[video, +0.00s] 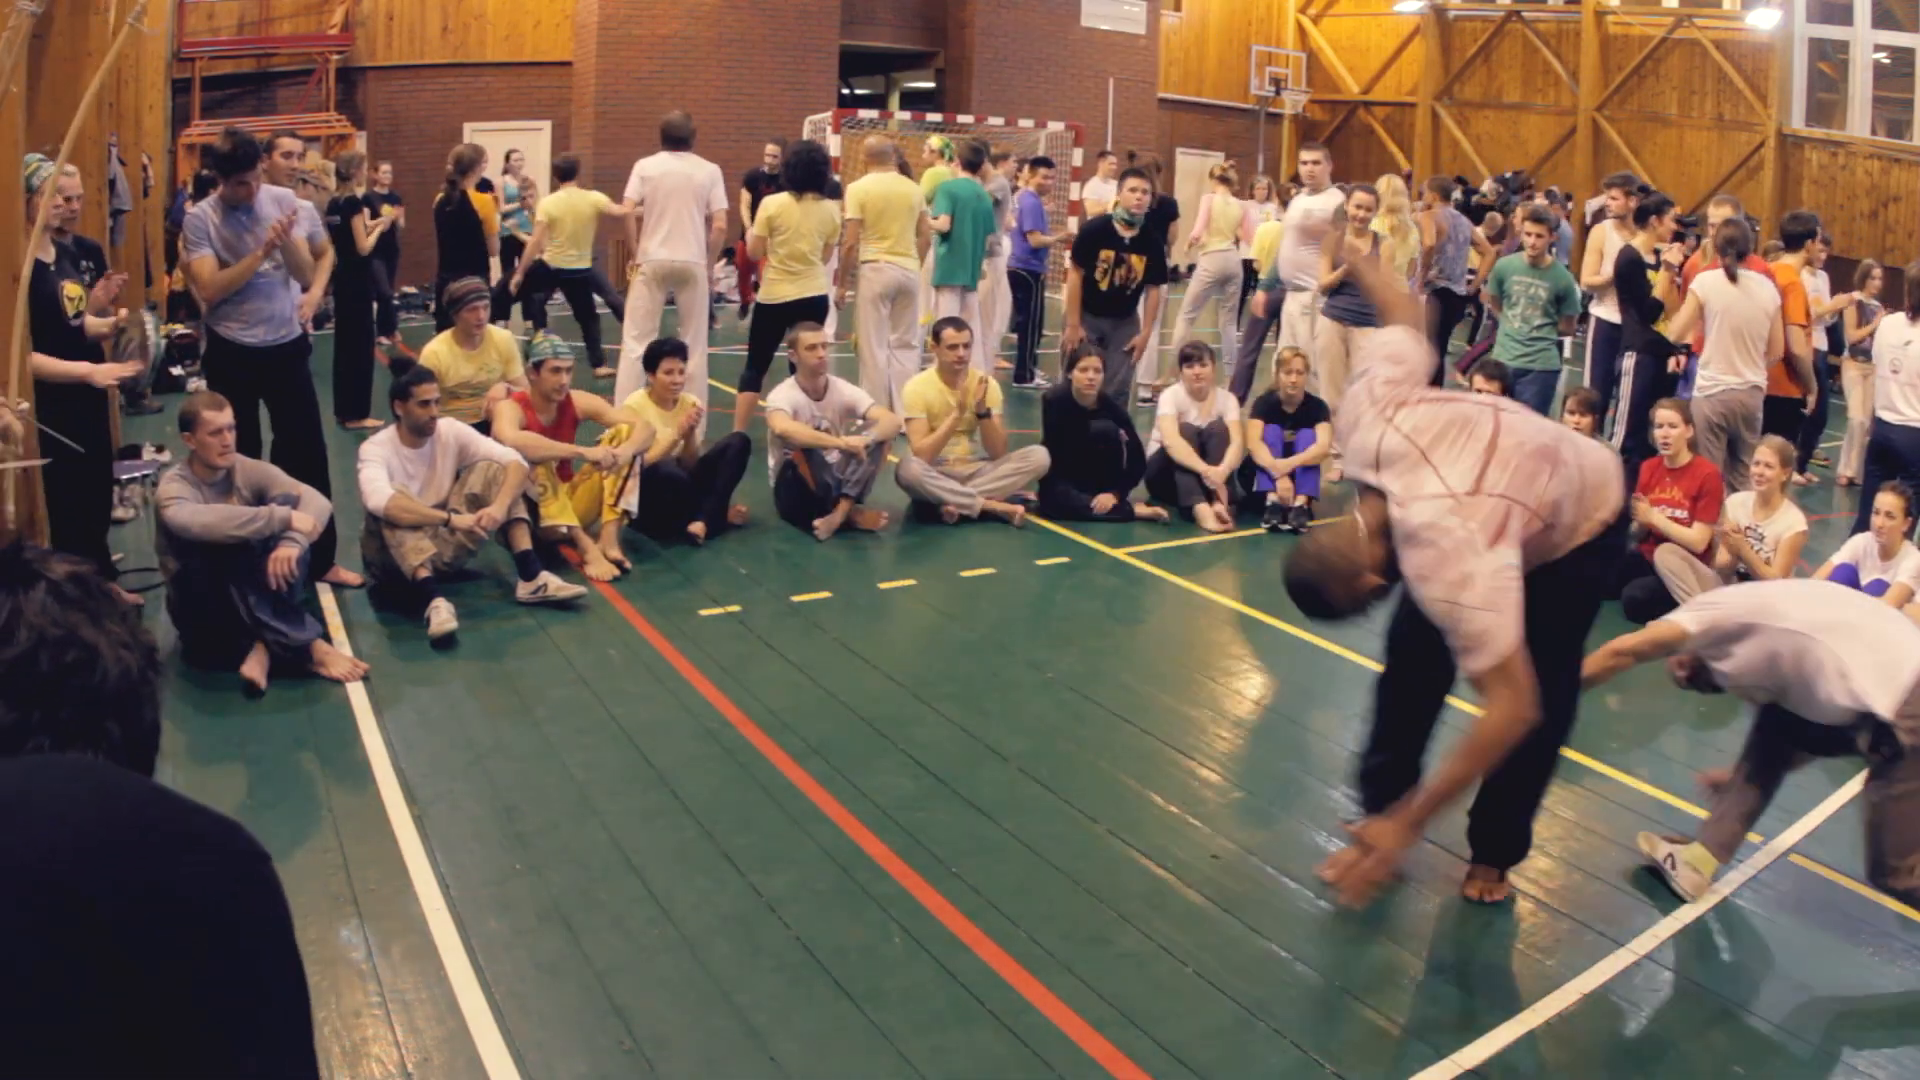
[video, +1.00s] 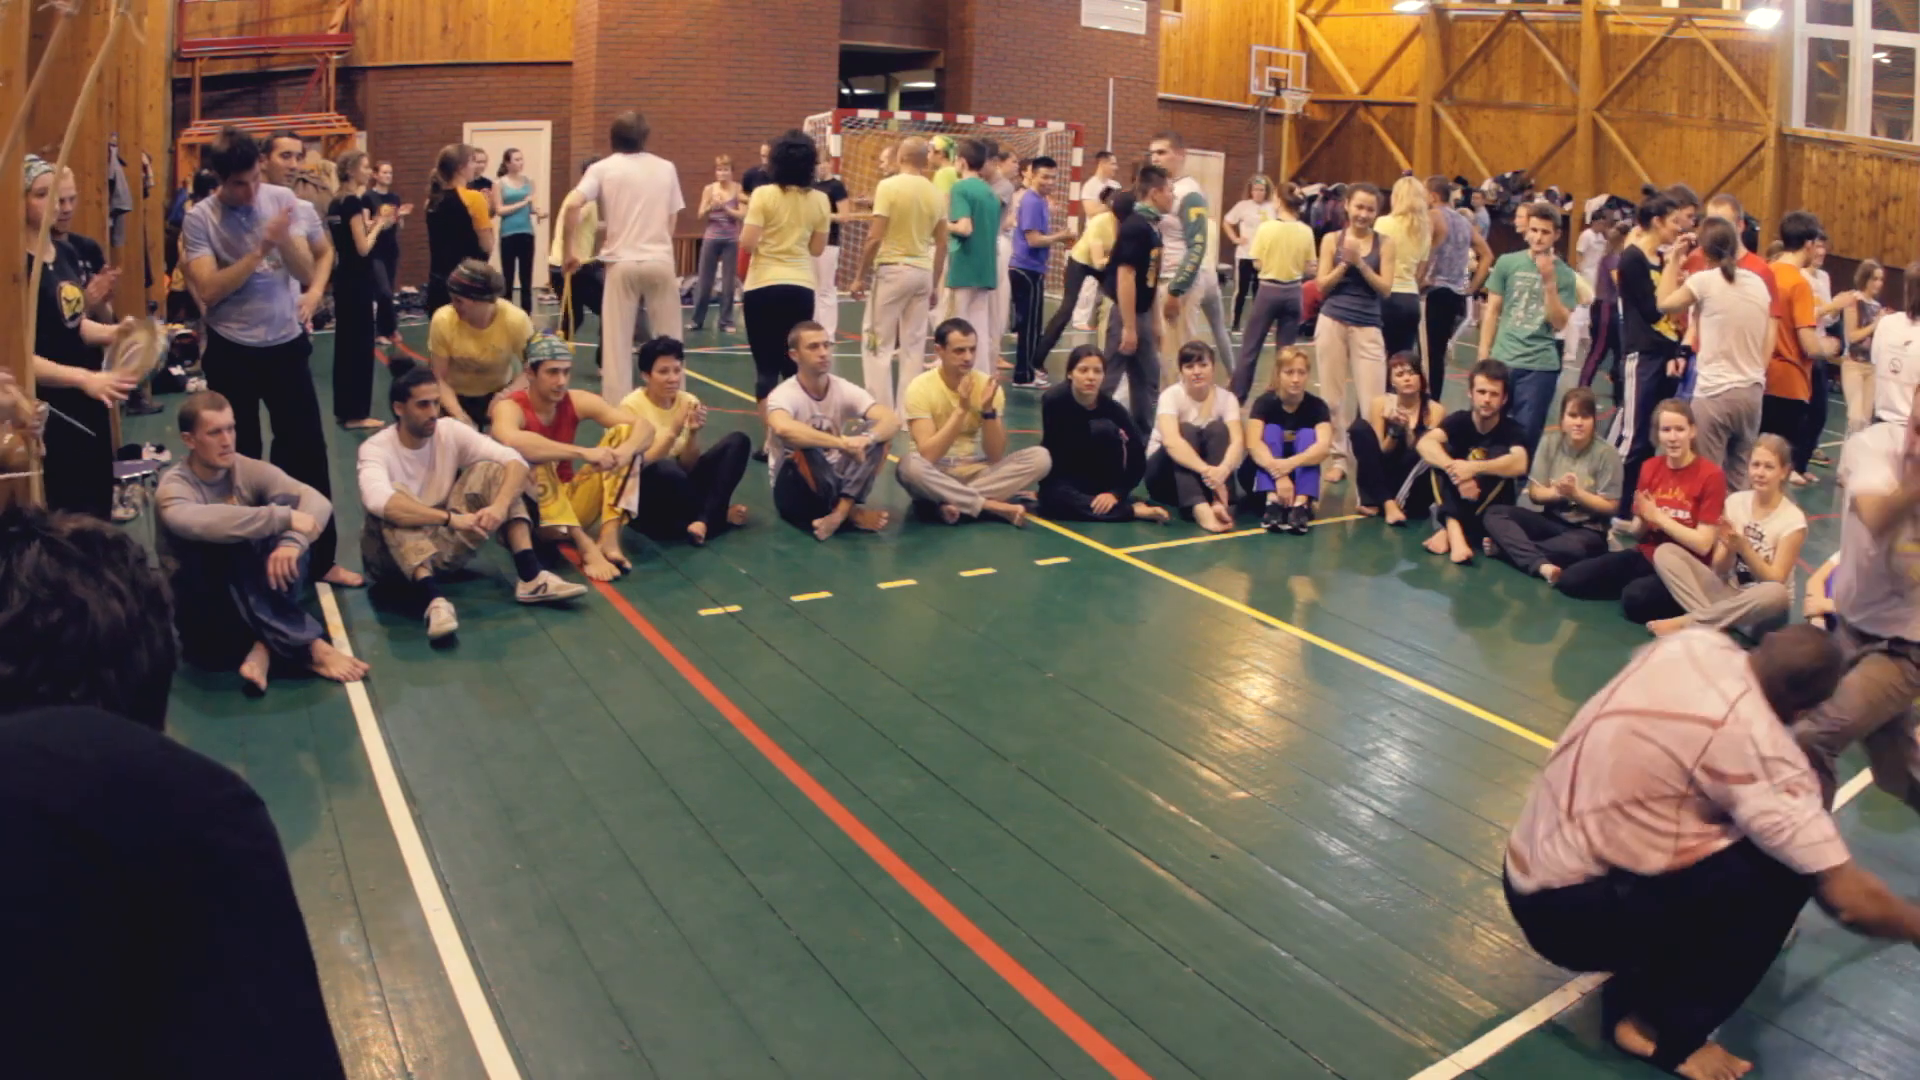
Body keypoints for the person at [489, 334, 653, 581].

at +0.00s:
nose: (564, 380)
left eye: (568, 371)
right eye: (555, 372)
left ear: (573, 371)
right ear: (532, 373)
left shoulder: (579, 402)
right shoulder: (509, 408)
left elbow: (645, 428)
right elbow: (509, 439)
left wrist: (625, 451)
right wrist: (582, 452)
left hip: (571, 504)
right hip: (527, 510)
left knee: (624, 432)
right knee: (540, 466)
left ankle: (609, 536)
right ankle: (586, 546)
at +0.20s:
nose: (564, 381)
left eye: (568, 372)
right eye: (555, 372)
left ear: (573, 372)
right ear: (532, 373)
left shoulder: (579, 402)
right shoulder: (509, 408)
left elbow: (645, 428)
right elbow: (509, 439)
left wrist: (625, 451)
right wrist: (582, 452)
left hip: (571, 504)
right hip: (526, 510)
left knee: (623, 432)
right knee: (540, 465)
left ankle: (609, 537)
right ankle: (586, 546)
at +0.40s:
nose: (564, 380)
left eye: (568, 372)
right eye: (555, 372)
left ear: (573, 371)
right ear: (532, 373)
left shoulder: (580, 402)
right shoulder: (509, 408)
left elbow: (645, 427)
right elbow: (508, 438)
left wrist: (627, 450)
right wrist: (582, 452)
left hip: (570, 506)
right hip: (527, 511)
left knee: (621, 436)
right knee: (540, 464)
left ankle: (609, 537)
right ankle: (586, 546)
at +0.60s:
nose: (563, 381)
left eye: (568, 372)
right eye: (555, 373)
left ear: (572, 372)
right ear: (532, 373)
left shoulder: (580, 402)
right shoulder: (510, 408)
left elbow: (644, 427)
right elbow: (509, 438)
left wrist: (627, 450)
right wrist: (583, 452)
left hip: (570, 507)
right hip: (527, 512)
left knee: (621, 435)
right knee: (539, 464)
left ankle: (609, 537)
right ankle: (586, 546)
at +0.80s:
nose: (562, 381)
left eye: (567, 372)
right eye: (553, 373)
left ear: (572, 372)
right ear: (532, 373)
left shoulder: (579, 401)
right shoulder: (509, 408)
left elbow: (645, 427)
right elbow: (509, 439)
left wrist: (627, 450)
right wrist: (584, 452)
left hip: (570, 507)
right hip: (526, 511)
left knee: (621, 435)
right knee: (539, 464)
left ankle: (609, 537)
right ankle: (586, 546)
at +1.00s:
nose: (561, 381)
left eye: (566, 372)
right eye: (552, 373)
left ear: (571, 371)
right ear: (530, 372)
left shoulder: (578, 401)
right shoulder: (508, 408)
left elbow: (644, 427)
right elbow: (508, 439)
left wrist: (626, 450)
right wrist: (582, 452)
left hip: (570, 507)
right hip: (526, 512)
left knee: (624, 433)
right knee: (539, 465)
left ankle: (609, 537)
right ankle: (586, 546)